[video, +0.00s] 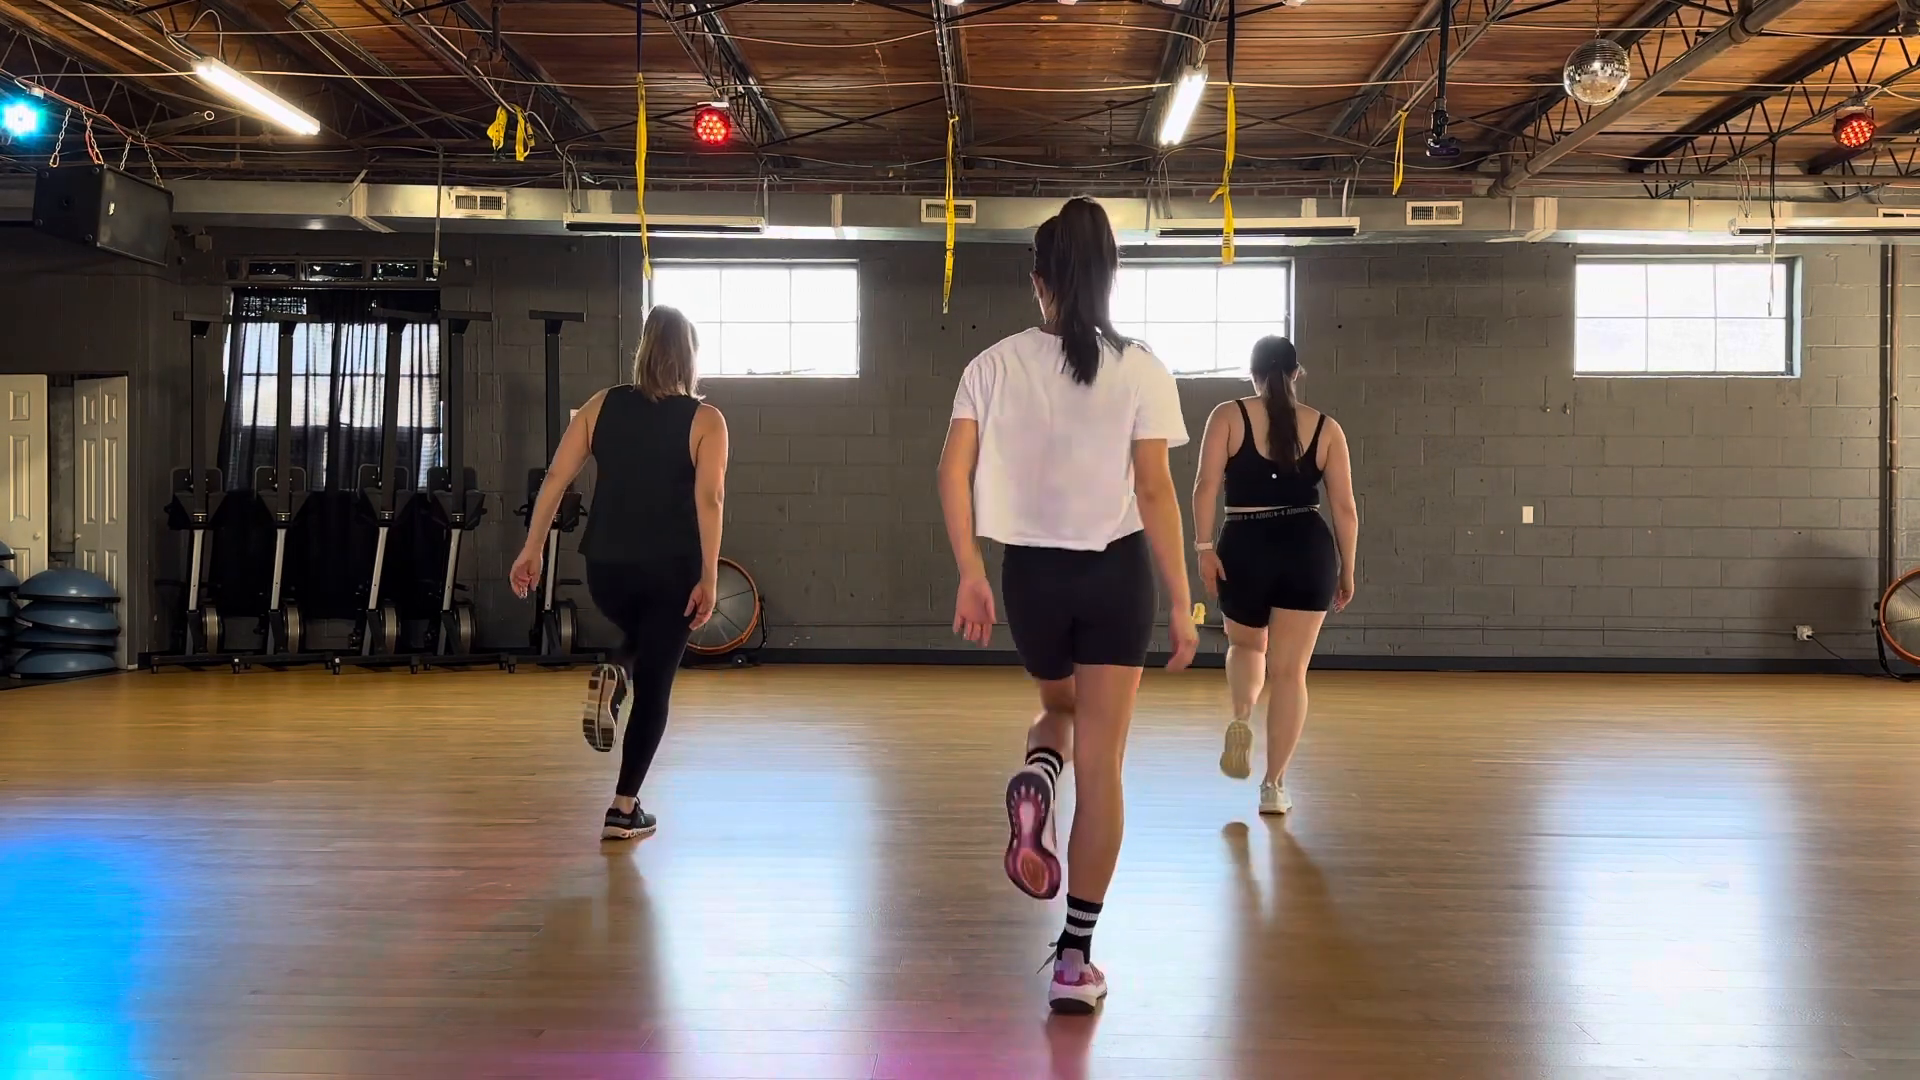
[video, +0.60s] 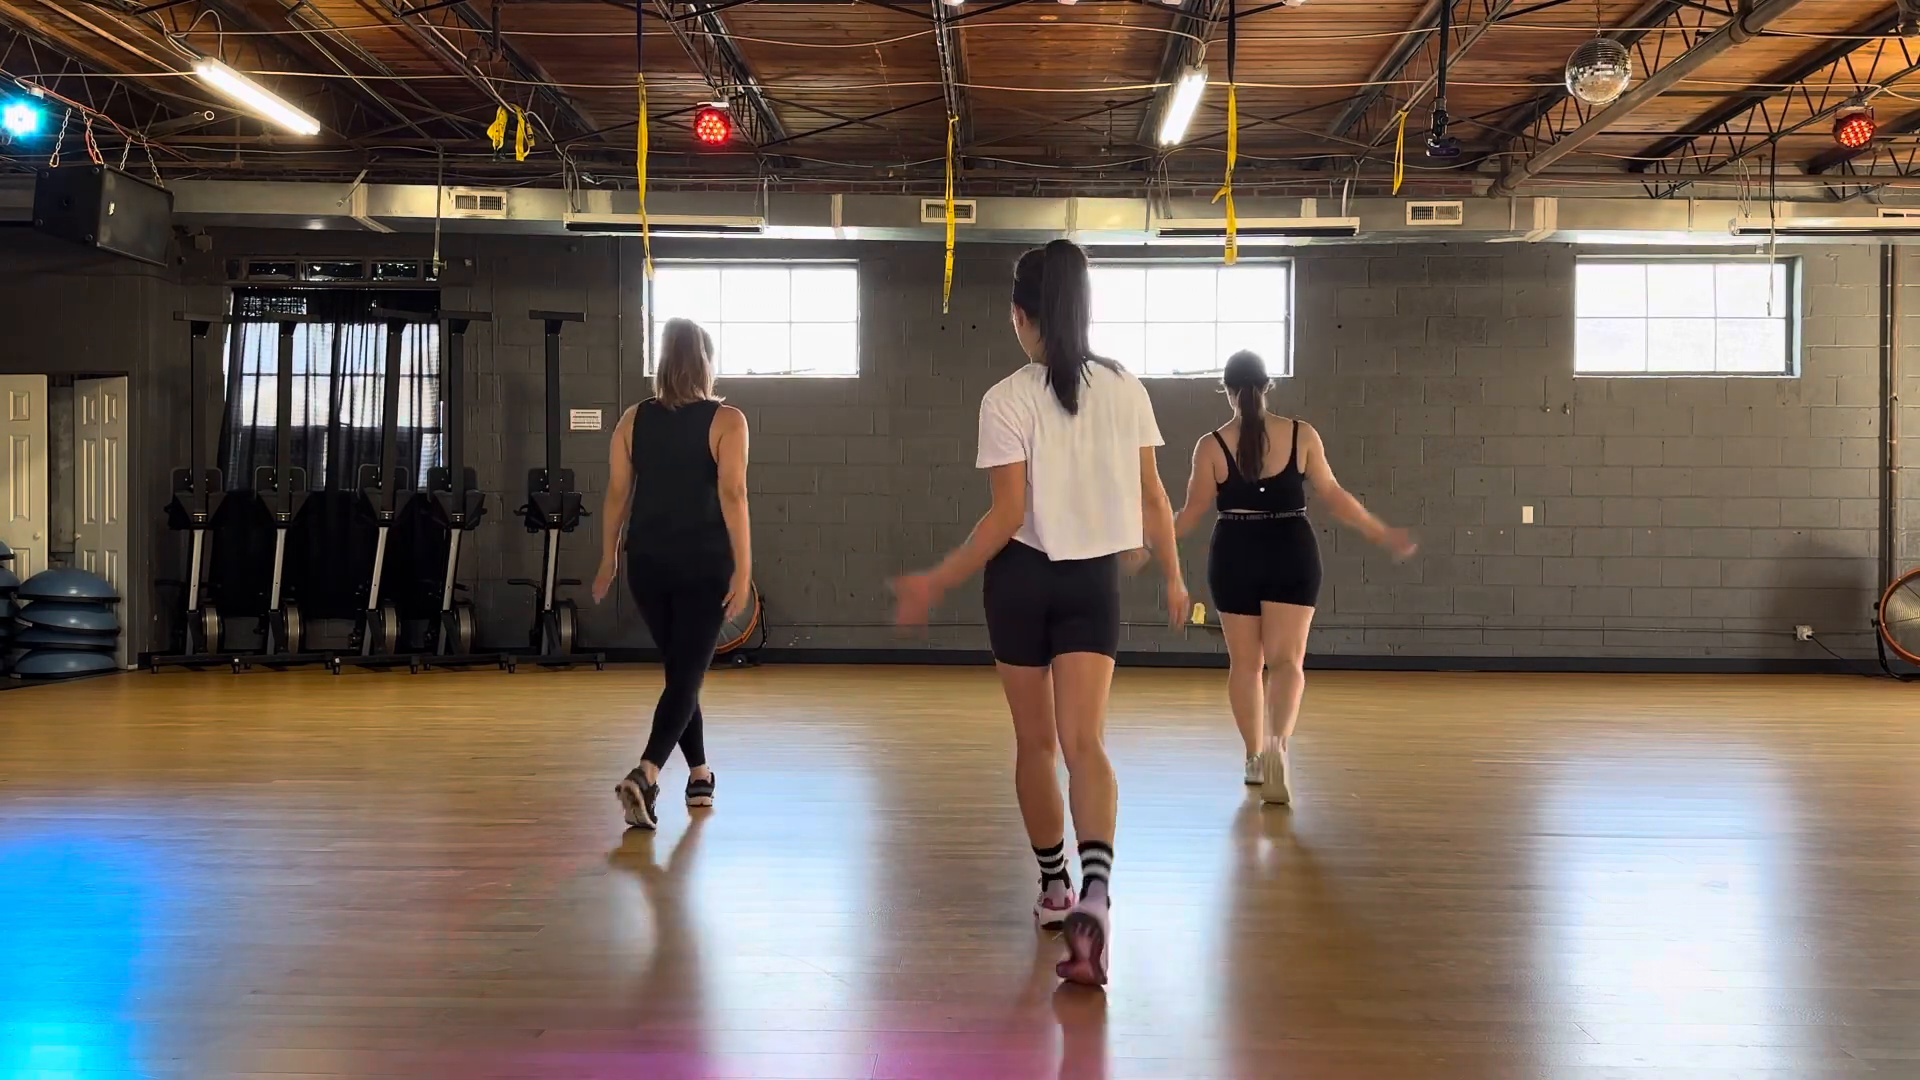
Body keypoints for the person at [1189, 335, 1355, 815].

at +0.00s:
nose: (1287, 377)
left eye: (1258, 371)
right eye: (1293, 368)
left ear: (1253, 374)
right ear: (1297, 373)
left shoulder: (1228, 416)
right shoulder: (1326, 428)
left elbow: (1206, 485)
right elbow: (1344, 507)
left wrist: (1204, 546)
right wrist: (1348, 568)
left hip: (1245, 551)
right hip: (1309, 554)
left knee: (1247, 646)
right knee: (1290, 671)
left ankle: (1241, 717)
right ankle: (1274, 783)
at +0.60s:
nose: (1242, 393)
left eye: (1234, 385)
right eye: (1260, 382)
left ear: (1228, 389)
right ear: (1268, 386)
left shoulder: (1212, 444)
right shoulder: (1302, 434)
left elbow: (1194, 509)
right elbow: (1334, 498)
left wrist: (1153, 543)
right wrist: (1381, 533)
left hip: (1234, 557)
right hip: (1293, 555)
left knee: (1245, 664)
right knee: (1287, 661)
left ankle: (1254, 756)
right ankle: (1278, 741)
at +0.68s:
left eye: (1226, 387)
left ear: (1224, 391)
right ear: (1264, 386)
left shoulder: (1207, 445)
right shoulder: (1298, 436)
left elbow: (1180, 504)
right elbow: (1340, 483)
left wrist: (1151, 496)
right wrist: (1397, 481)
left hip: (1232, 559)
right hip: (1288, 559)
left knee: (1242, 663)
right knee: (1294, 659)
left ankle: (1254, 757)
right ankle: (1286, 722)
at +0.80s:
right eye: (1263, 383)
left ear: (1226, 390)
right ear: (1265, 389)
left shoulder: (1210, 436)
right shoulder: (1295, 435)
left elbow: (1181, 472)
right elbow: (1357, 460)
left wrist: (1172, 424)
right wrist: (1362, 412)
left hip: (1223, 550)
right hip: (1279, 550)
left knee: (1238, 659)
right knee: (1292, 633)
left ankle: (1255, 756)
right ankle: (1291, 693)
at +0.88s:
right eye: (1265, 387)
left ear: (1229, 392)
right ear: (1267, 391)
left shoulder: (1208, 431)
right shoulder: (1294, 433)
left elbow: (1151, 442)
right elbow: (1361, 430)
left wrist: (1175, 404)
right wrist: (1316, 410)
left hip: (1220, 547)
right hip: (1275, 548)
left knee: (1235, 660)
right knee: (1275, 609)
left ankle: (1254, 754)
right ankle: (1284, 681)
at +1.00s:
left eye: (1233, 390)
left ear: (1231, 393)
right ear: (1270, 392)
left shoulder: (1212, 420)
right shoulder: (1296, 422)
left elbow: (1154, 433)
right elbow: (1344, 428)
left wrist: (1191, 454)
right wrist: (1302, 456)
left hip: (1217, 544)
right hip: (1271, 549)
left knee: (1235, 661)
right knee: (1254, 601)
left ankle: (1254, 755)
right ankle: (1240, 677)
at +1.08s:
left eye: (1231, 387)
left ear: (1229, 389)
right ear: (1269, 390)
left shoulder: (1209, 415)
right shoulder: (1294, 422)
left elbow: (1163, 454)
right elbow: (1326, 461)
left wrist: (1187, 494)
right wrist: (1289, 493)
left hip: (1218, 543)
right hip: (1270, 547)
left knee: (1236, 655)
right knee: (1220, 624)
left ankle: (1254, 753)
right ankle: (1209, 699)